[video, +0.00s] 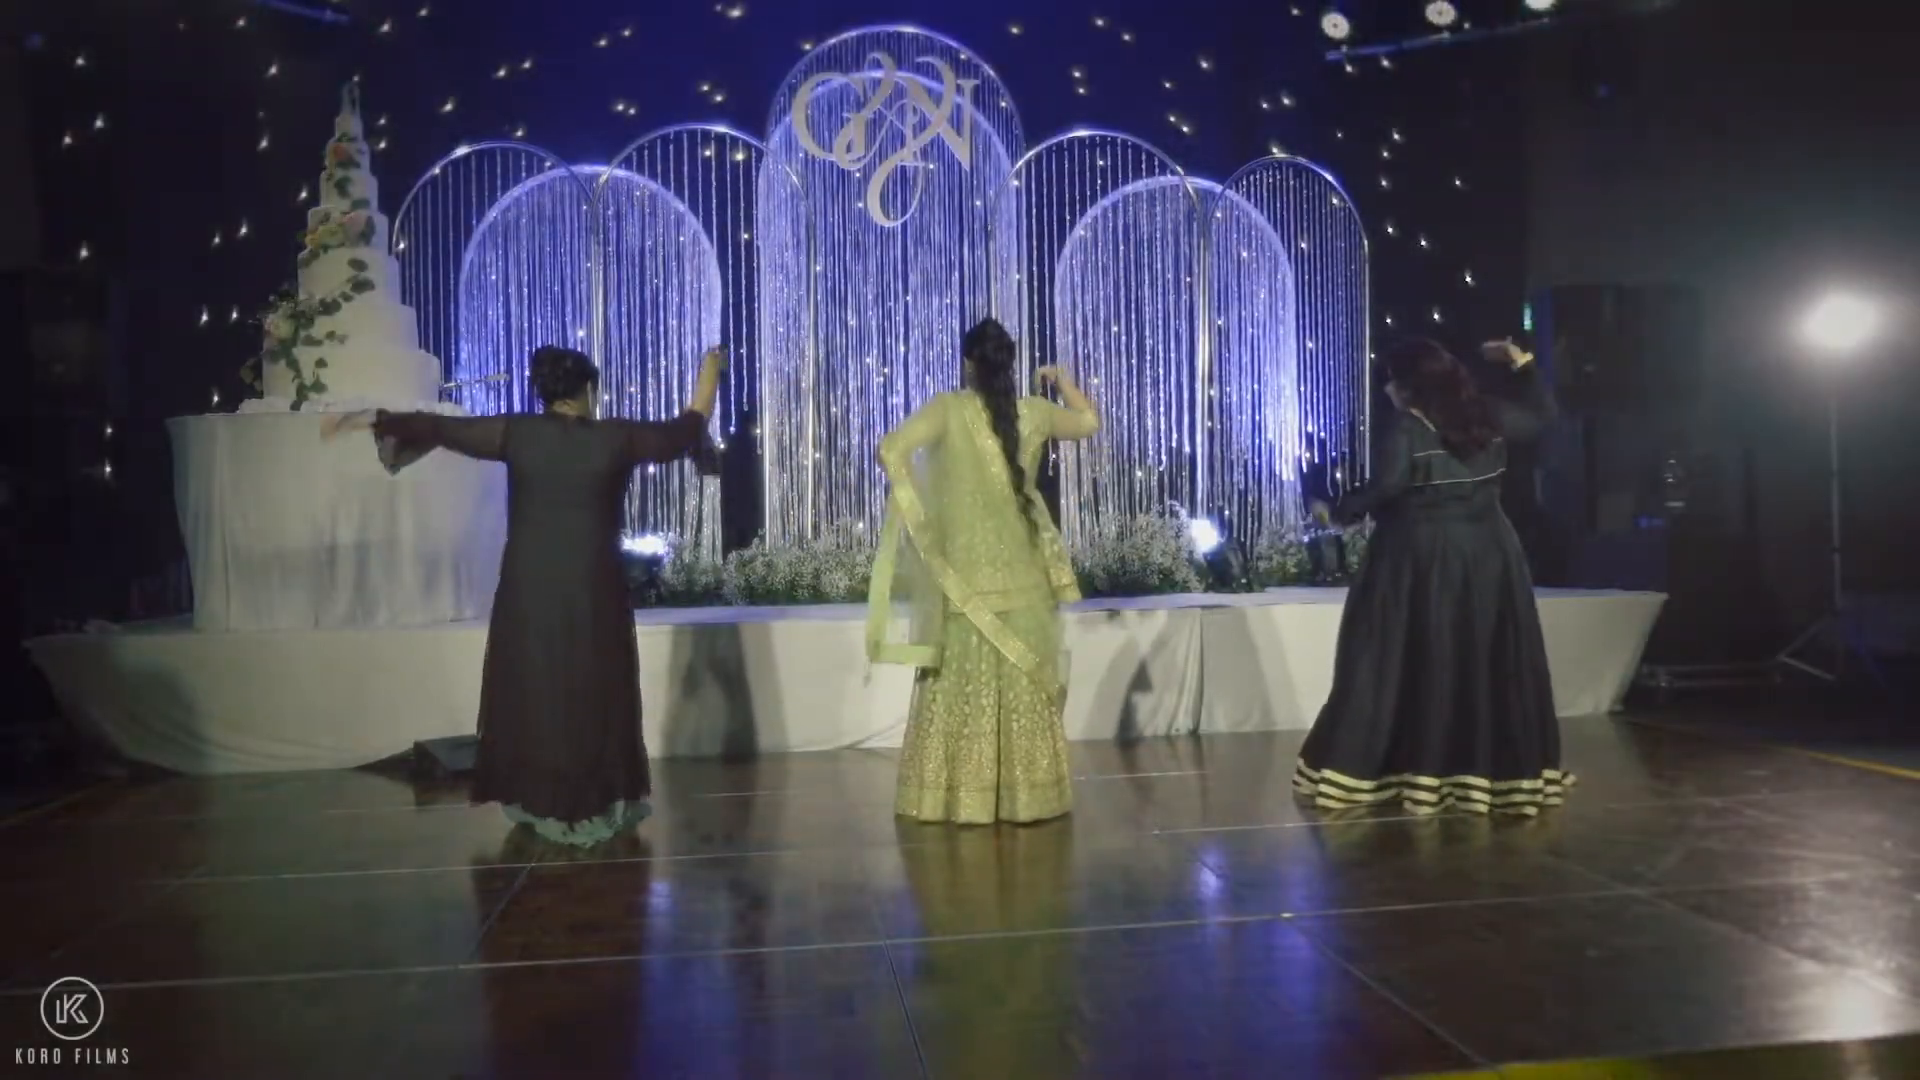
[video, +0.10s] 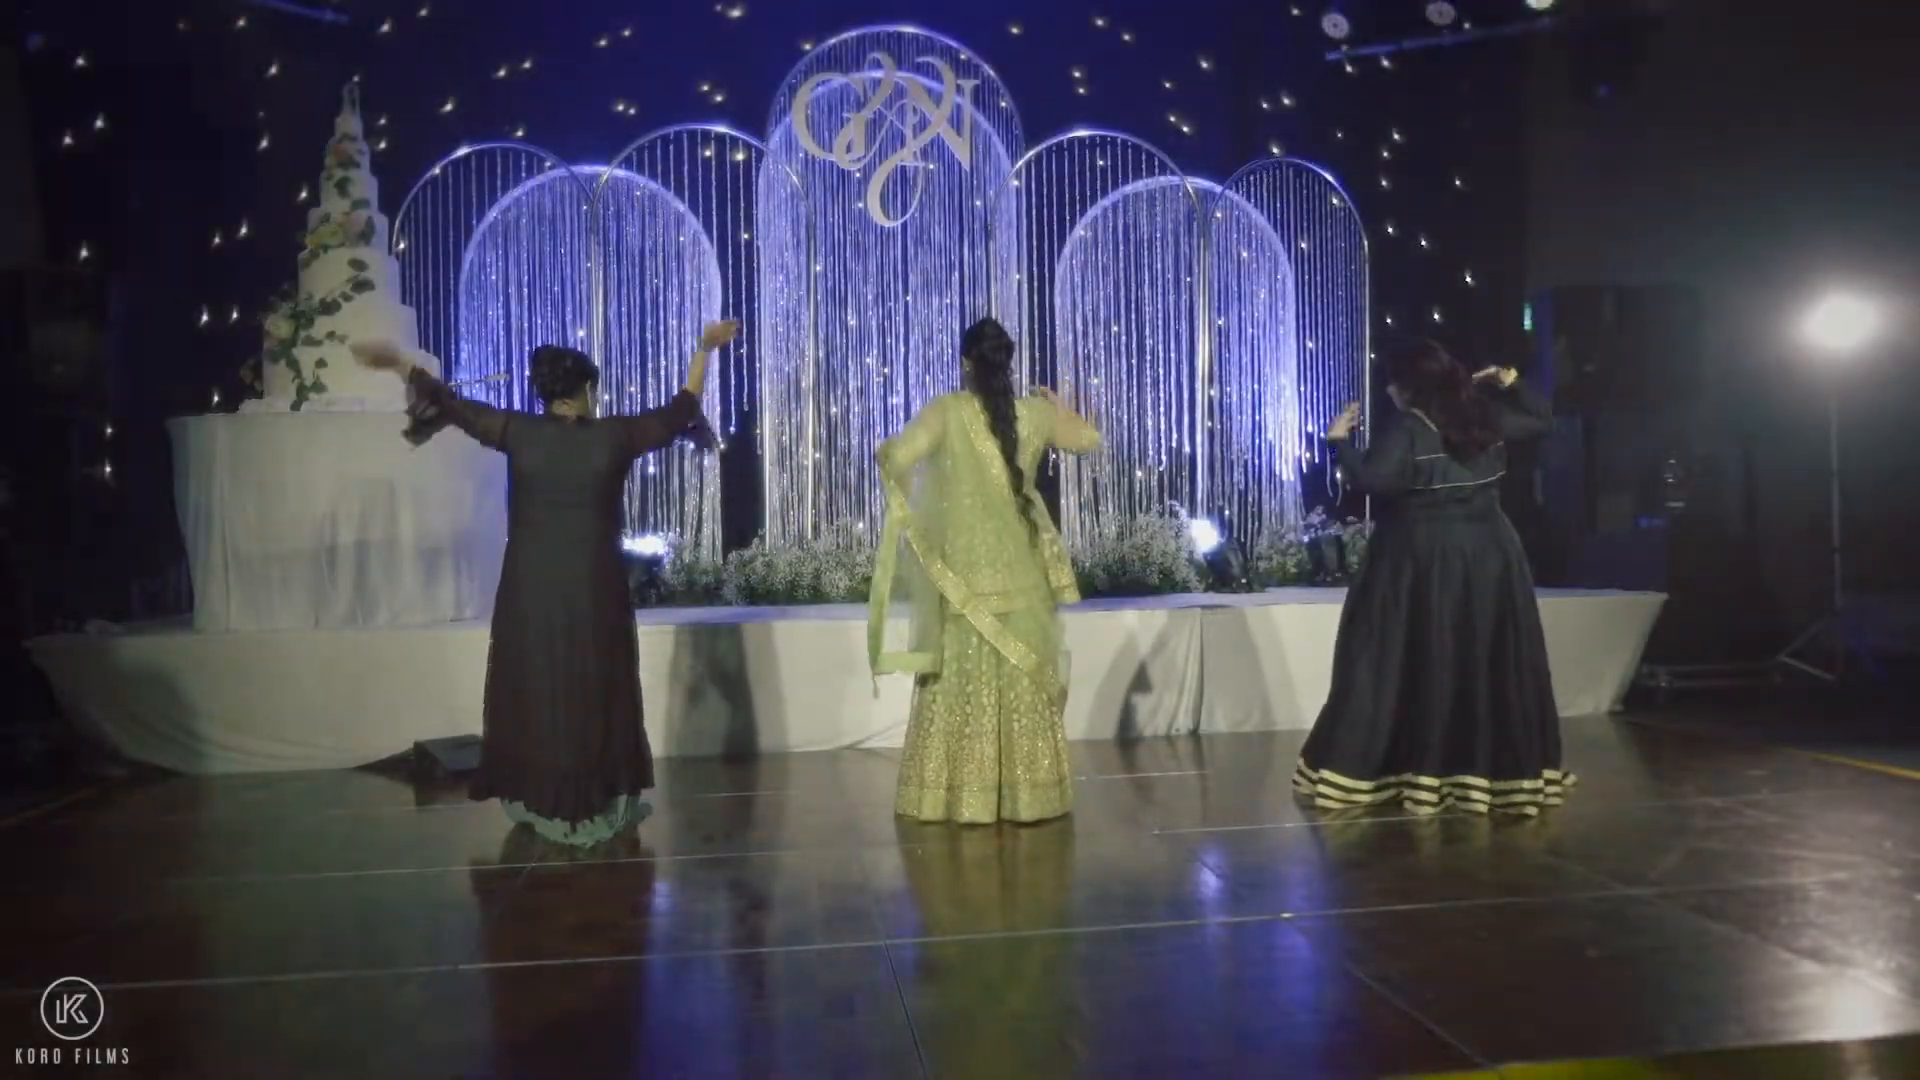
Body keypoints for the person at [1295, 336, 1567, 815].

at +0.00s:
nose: (1388, 394)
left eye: (1391, 384)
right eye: (1387, 385)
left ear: (1408, 386)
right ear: (1448, 378)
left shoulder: (1406, 429)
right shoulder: (1487, 416)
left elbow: (1388, 485)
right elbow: (1540, 417)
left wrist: (1340, 510)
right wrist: (1524, 365)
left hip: (1426, 551)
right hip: (1489, 545)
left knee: (1419, 660)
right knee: (1487, 660)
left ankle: (1419, 777)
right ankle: (1492, 777)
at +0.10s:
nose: (1388, 394)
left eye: (1392, 385)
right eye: (1389, 385)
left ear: (1406, 387)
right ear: (1448, 379)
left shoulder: (1407, 429)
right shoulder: (1485, 418)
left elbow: (1372, 477)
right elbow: (1539, 419)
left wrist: (1342, 444)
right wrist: (1511, 381)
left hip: (1425, 552)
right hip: (1489, 546)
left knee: (1419, 660)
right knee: (1487, 660)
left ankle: (1419, 777)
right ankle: (1493, 777)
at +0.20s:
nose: (1393, 392)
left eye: (1397, 385)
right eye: (1393, 386)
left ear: (1408, 387)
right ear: (1454, 379)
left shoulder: (1405, 427)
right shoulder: (1491, 419)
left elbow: (1356, 467)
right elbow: (1540, 420)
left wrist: (1356, 413)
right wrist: (1514, 387)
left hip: (1423, 550)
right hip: (1487, 546)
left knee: (1420, 661)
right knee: (1486, 660)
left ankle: (1419, 779)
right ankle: (1492, 779)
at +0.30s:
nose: (1399, 391)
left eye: (1403, 384)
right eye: (1399, 384)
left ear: (1413, 387)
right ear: (1459, 377)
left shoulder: (1409, 427)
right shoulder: (1495, 419)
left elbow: (1358, 465)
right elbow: (1542, 416)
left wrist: (1347, 413)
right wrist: (1525, 374)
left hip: (1424, 549)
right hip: (1488, 545)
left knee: (1419, 662)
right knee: (1487, 661)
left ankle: (1418, 781)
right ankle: (1492, 780)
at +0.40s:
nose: (1402, 390)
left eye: (1405, 382)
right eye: (1401, 383)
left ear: (1417, 383)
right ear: (1465, 373)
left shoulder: (1412, 427)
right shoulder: (1501, 417)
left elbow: (1359, 465)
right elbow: (1549, 398)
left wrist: (1330, 408)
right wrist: (1538, 343)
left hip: (1423, 551)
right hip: (1489, 550)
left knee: (1416, 663)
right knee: (1487, 664)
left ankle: (1415, 783)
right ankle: (1492, 782)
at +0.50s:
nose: (1407, 387)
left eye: (1410, 379)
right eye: (1411, 379)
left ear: (1418, 383)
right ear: (1469, 374)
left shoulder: (1413, 424)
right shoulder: (1502, 409)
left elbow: (1348, 436)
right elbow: (1542, 373)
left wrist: (1326, 383)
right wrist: (1537, 310)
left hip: (1423, 546)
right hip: (1490, 544)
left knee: (1416, 661)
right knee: (1489, 663)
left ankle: (1415, 782)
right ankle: (1493, 782)